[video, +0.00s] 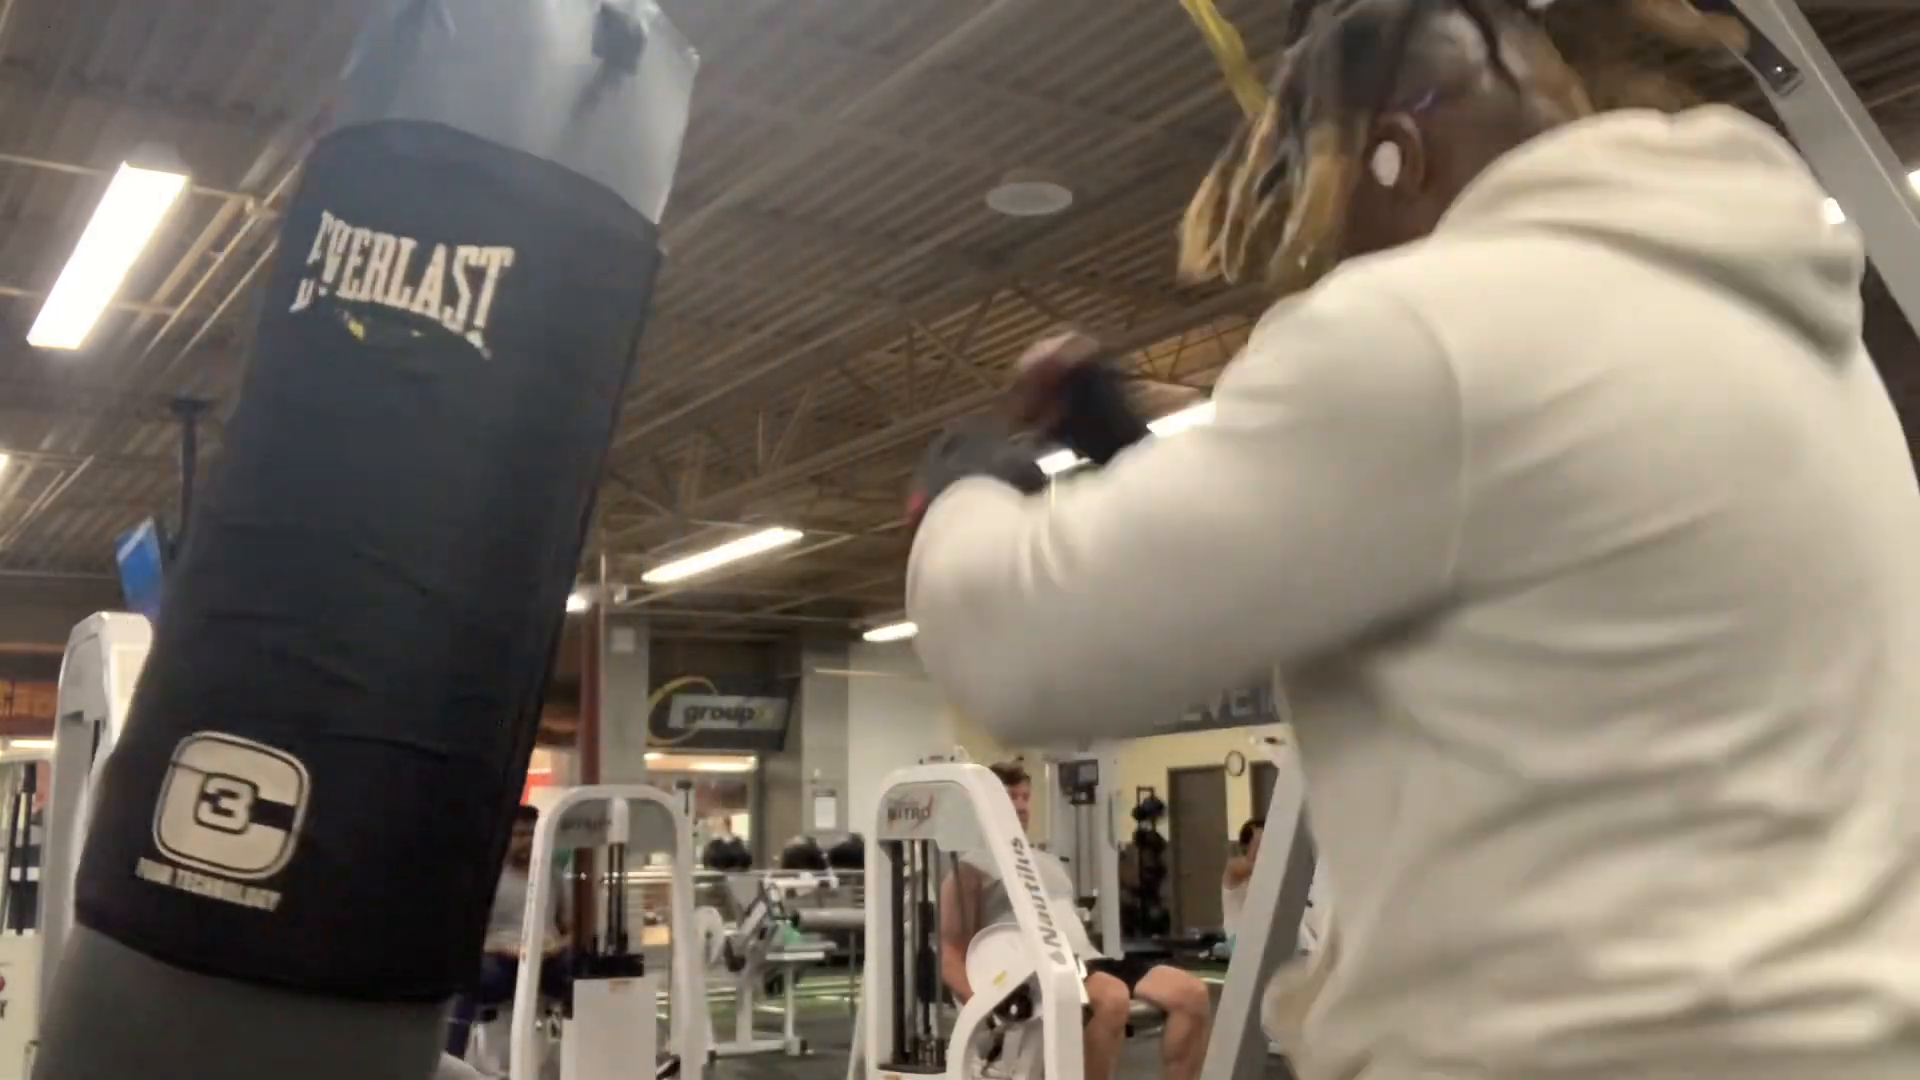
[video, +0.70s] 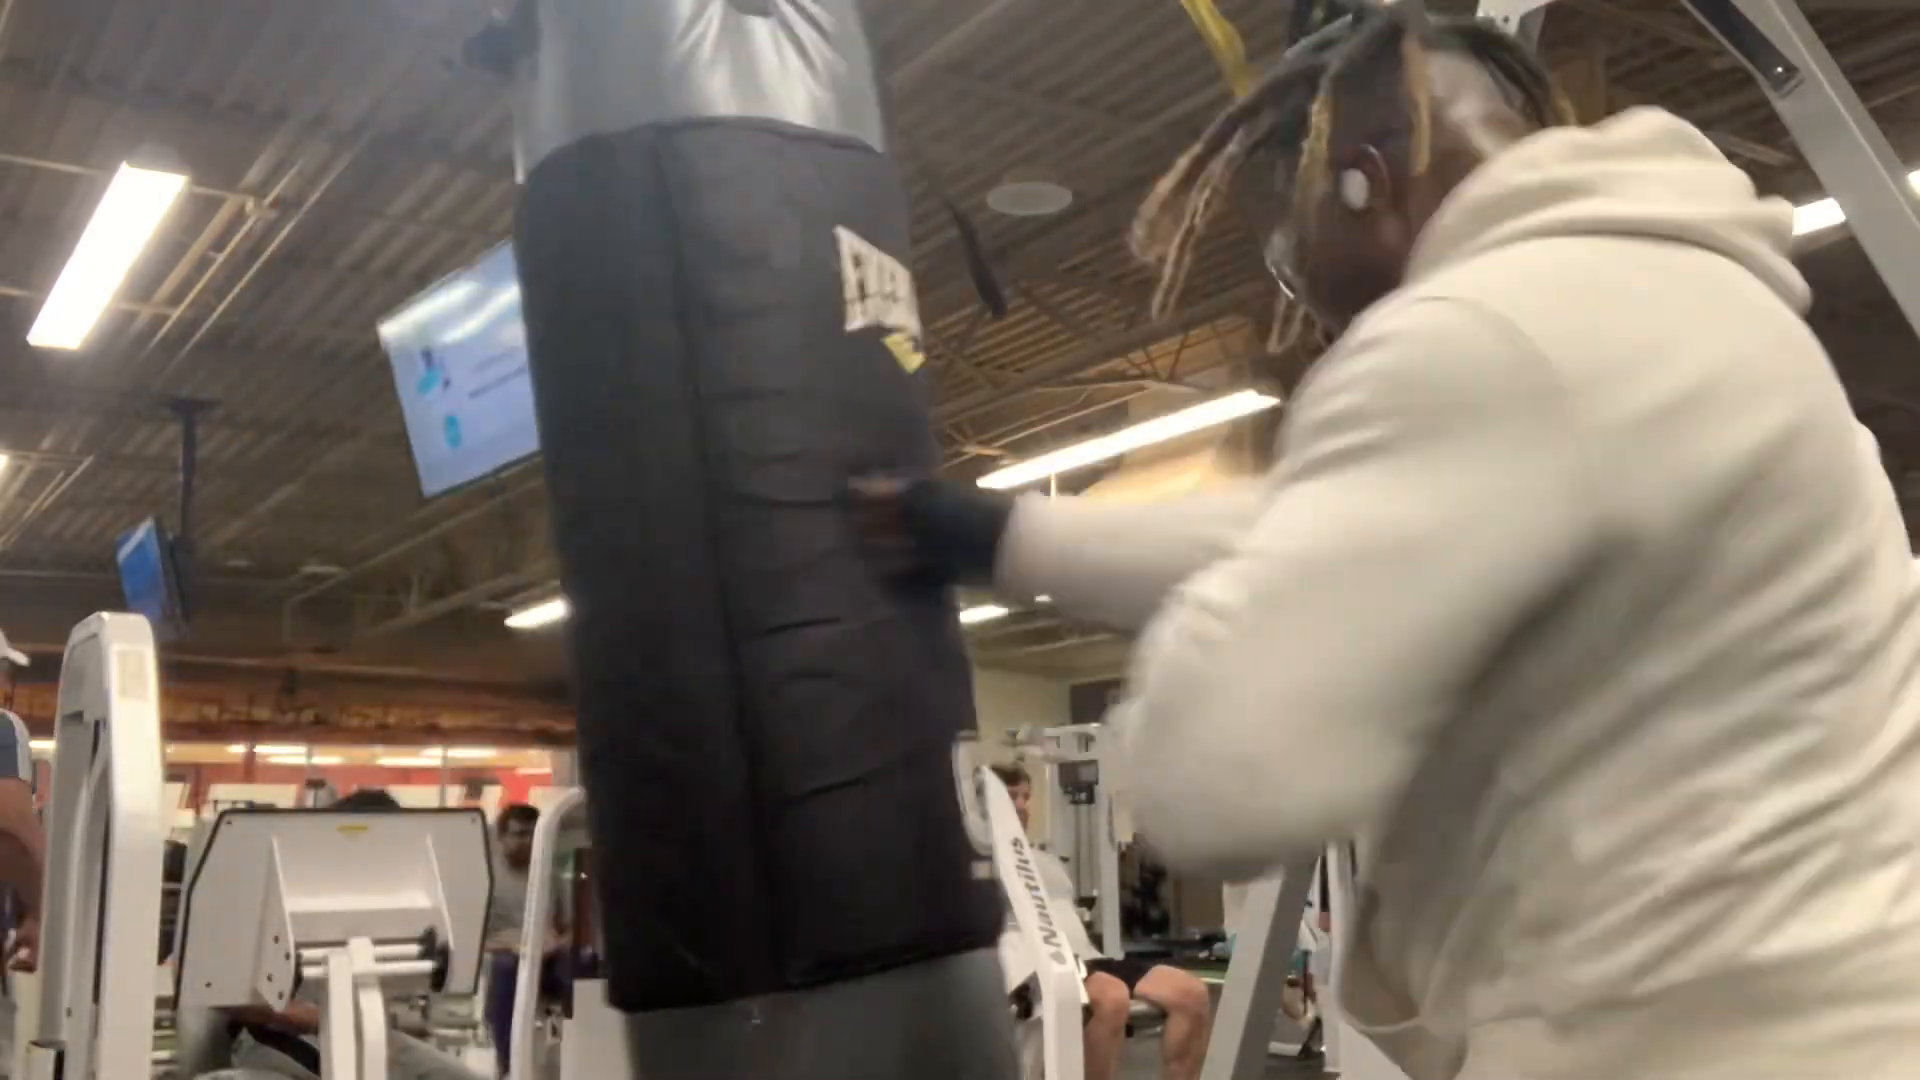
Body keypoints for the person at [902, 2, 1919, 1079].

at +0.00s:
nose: (1328, 255)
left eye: (1324, 198)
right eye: (1311, 207)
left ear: (1397, 148)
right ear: (1566, 104)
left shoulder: (1432, 334)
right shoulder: (1793, 334)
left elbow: (1025, 650)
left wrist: (968, 478)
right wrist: (1141, 438)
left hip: (1530, 1036)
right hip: (1846, 1030)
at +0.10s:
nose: (1270, 237)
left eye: (1275, 178)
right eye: (1263, 185)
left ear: (1337, 146)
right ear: (1512, 92)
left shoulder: (1393, 354)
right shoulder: (1798, 322)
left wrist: (1005, 613)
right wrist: (1165, 600)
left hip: (1551, 1035)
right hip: (1863, 1019)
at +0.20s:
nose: (1229, 207)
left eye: (1225, 140)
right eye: (1210, 147)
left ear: (1314, 85)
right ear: (1471, 31)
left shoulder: (1395, 246)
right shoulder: (1757, 231)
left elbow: (1215, 708)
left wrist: (1037, 566)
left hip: (1618, 1022)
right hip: (1884, 988)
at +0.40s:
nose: (1367, 333)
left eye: (1354, 275)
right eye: (1346, 289)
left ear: (1437, 194)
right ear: (1566, 152)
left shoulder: (1555, 397)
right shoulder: (1805, 319)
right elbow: (1494, 590)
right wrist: (1217, 590)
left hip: (1770, 1039)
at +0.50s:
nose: (1301, 293)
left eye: (1297, 261)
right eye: (1289, 268)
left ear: (1345, 228)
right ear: (1503, 155)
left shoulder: (1374, 366)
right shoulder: (1849, 333)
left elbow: (997, 666)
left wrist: (1004, 532)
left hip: (1644, 1029)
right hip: (1905, 1010)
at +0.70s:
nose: (1288, 283)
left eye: (1285, 227)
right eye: (1274, 240)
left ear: (1373, 178)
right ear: (1494, 152)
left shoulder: (1486, 342)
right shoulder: (1683, 290)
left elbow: (1206, 791)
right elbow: (1321, 532)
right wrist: (986, 534)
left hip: (1658, 1042)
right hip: (1842, 1024)